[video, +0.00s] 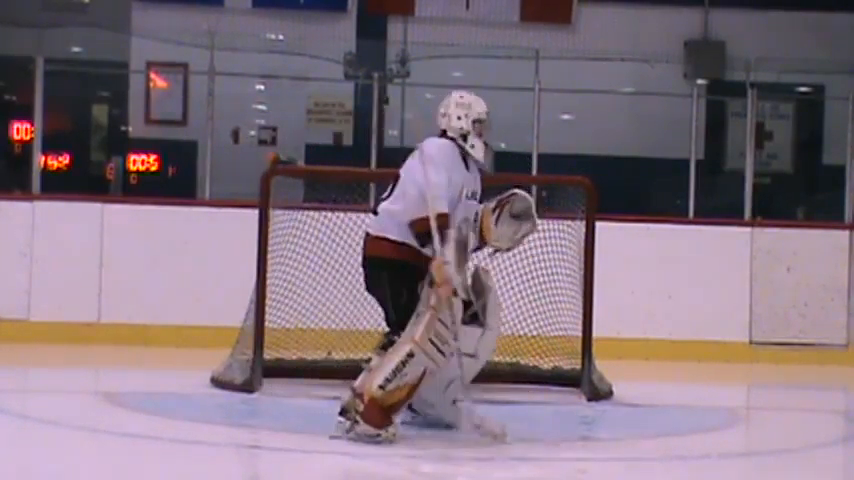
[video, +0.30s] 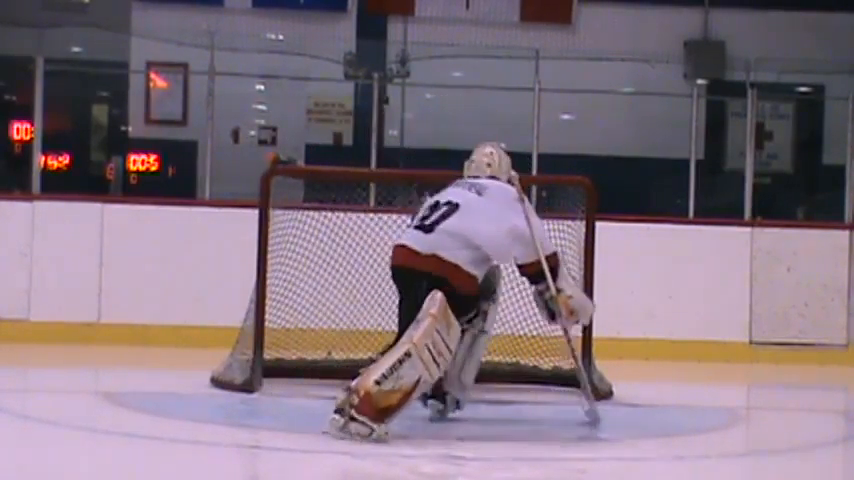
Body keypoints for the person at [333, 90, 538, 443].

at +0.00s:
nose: (483, 130)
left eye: (484, 123)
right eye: (478, 123)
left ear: (461, 124)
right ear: (461, 122)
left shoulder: (468, 166)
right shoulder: (438, 151)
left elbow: (462, 224)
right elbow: (434, 214)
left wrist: (492, 225)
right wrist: (444, 265)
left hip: (415, 253)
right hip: (389, 249)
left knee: (425, 328)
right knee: (408, 331)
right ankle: (364, 405)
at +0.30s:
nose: (514, 177)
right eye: (512, 173)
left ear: (470, 170)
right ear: (507, 174)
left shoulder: (454, 189)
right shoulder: (510, 201)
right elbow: (534, 256)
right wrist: (552, 292)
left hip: (405, 262)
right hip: (450, 276)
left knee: (407, 342)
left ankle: (359, 400)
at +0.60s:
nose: (565, 177)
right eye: (563, 171)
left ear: (523, 168)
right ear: (559, 171)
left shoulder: (509, 185)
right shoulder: (556, 191)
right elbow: (571, 250)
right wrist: (587, 286)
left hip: (462, 258)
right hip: (499, 266)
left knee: (486, 333)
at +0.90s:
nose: (591, 150)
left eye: (590, 144)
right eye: (589, 144)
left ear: (559, 144)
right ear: (581, 146)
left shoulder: (548, 170)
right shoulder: (567, 172)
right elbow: (570, 225)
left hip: (511, 258)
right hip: (523, 259)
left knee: (564, 319)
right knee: (560, 320)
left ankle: (579, 384)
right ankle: (516, 390)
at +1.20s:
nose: (584, 144)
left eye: (586, 138)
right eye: (577, 138)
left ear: (589, 139)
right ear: (559, 139)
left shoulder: (592, 173)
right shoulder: (541, 169)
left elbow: (585, 222)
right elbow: (507, 209)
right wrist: (513, 241)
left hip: (579, 266)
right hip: (542, 264)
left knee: (587, 324)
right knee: (533, 325)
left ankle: (576, 380)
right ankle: (505, 384)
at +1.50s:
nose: (511, 179)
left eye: (517, 171)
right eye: (504, 172)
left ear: (529, 172)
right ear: (493, 173)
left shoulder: (551, 202)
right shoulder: (473, 200)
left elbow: (571, 245)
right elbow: (436, 221)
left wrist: (589, 240)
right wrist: (415, 251)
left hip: (538, 283)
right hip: (491, 279)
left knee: (546, 340)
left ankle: (577, 385)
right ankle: (457, 384)